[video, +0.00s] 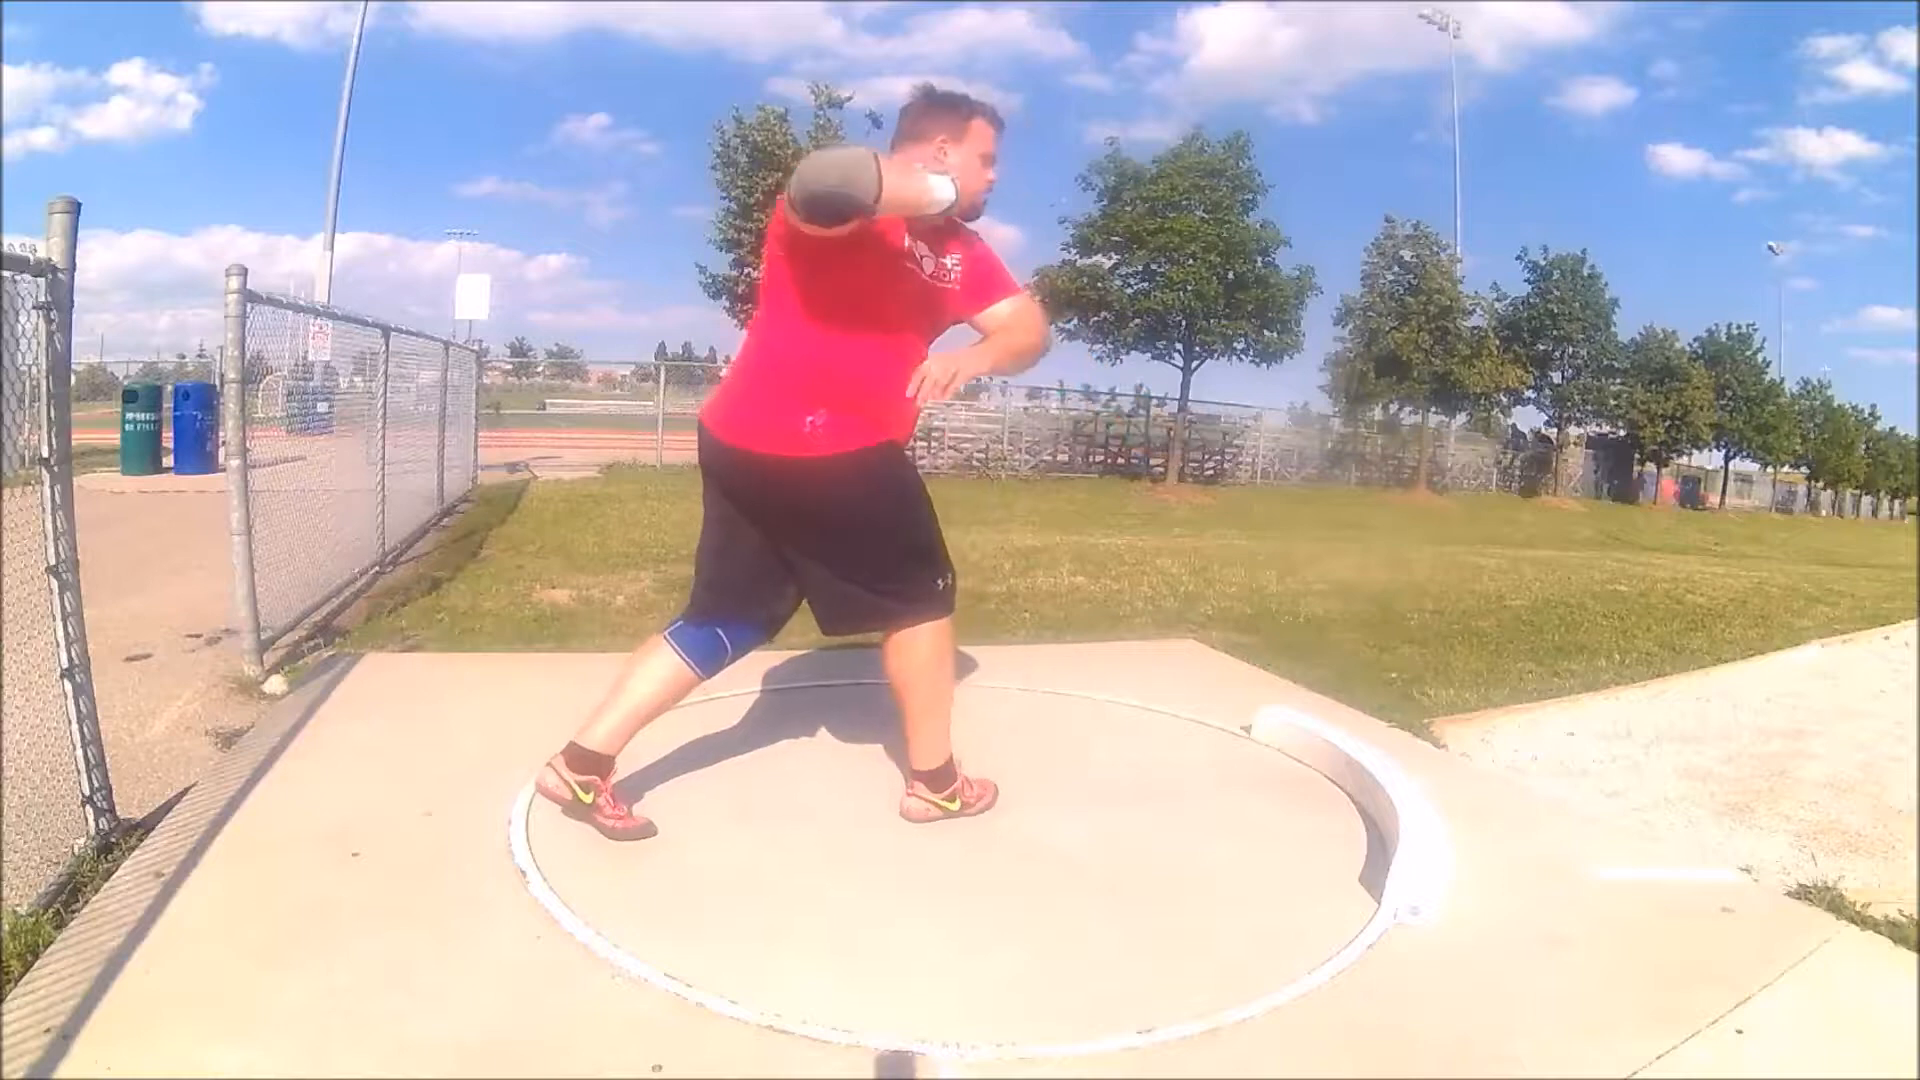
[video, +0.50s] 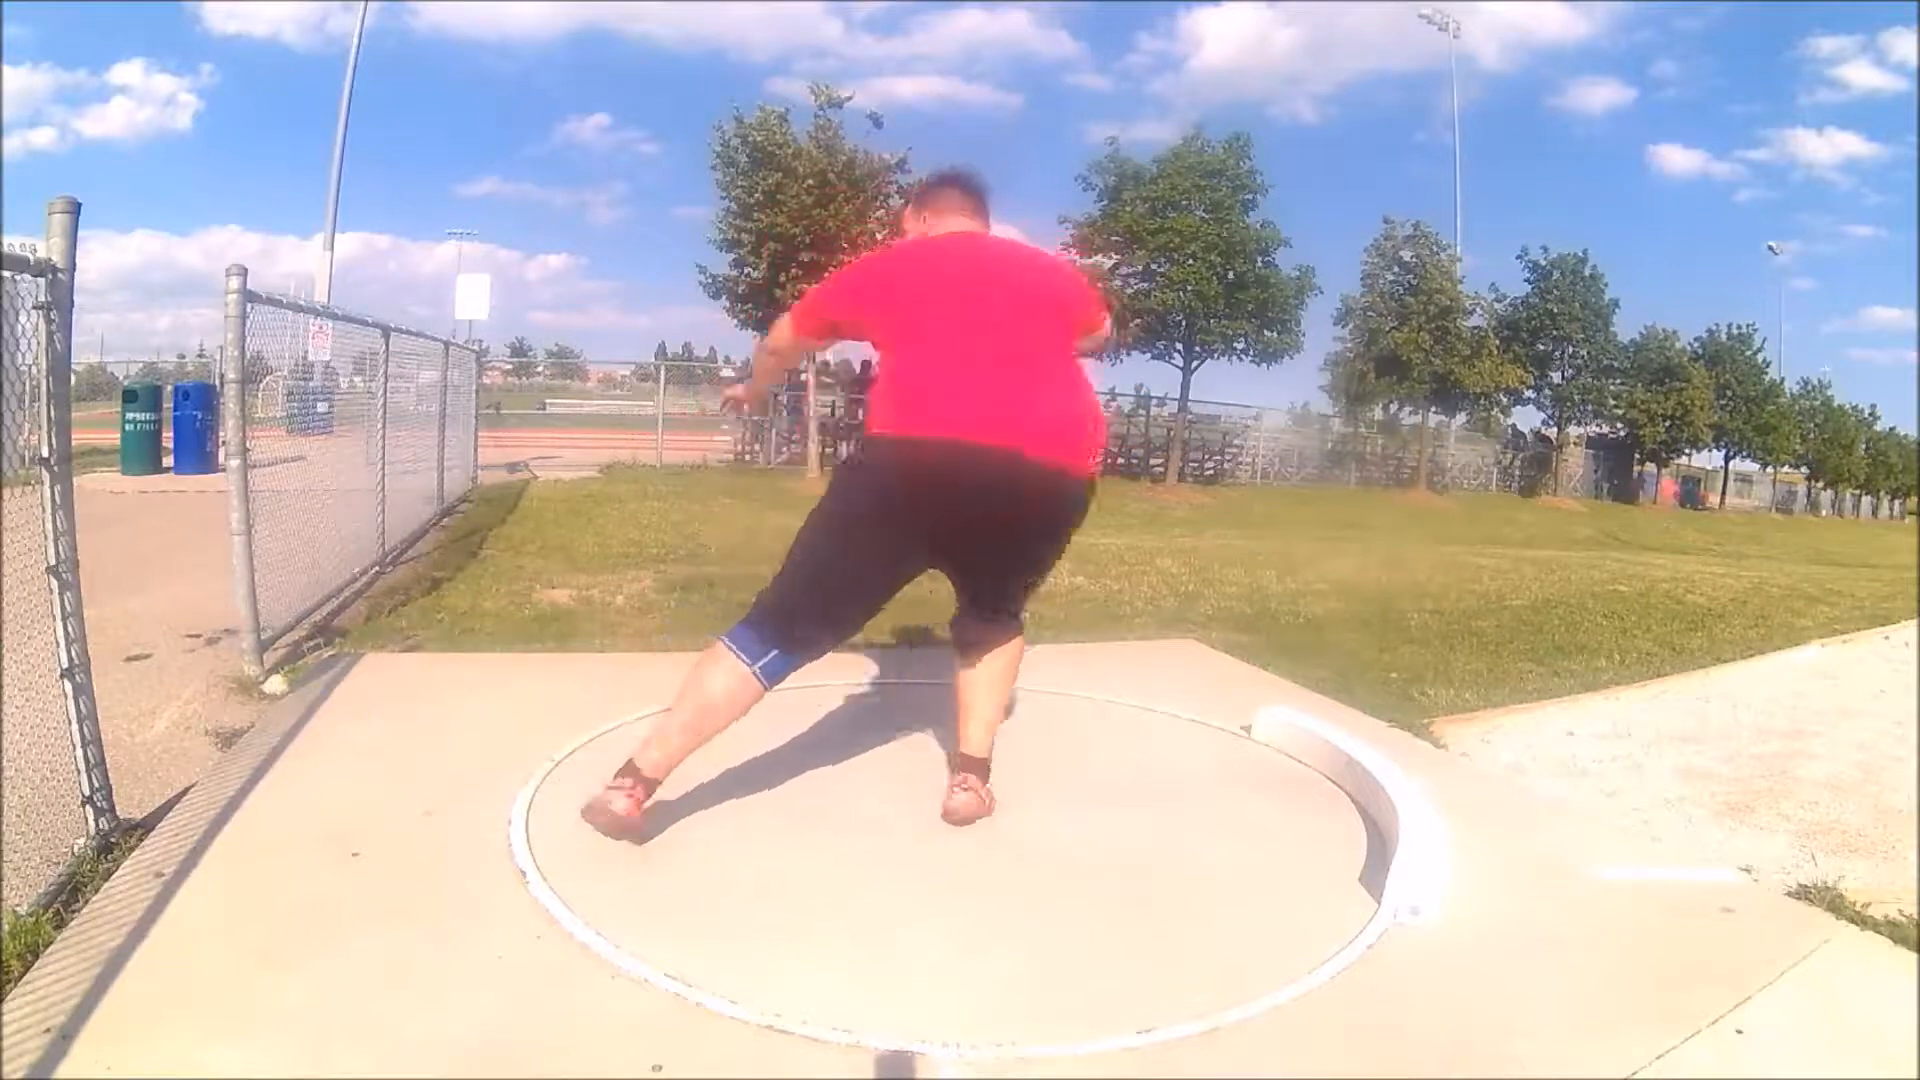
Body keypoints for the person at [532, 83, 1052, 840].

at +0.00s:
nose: (993, 179)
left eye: (994, 164)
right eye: (985, 161)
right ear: (935, 154)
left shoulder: (961, 253)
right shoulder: (826, 202)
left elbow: (1028, 330)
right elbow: (831, 182)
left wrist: (971, 359)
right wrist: (942, 190)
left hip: (739, 437)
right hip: (842, 451)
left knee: (727, 616)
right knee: (921, 598)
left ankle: (582, 761)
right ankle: (933, 776)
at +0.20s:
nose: (993, 213)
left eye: (993, 200)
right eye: (994, 196)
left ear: (926, 164)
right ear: (973, 181)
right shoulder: (911, 215)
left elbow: (1002, 364)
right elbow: (990, 231)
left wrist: (1086, 421)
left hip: (727, 446)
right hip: (840, 464)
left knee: (720, 625)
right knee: (937, 600)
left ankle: (588, 773)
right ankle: (930, 779)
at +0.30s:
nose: (996, 216)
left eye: (989, 207)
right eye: (997, 207)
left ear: (929, 186)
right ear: (993, 202)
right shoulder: (978, 234)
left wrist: (1034, 426)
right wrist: (1058, 266)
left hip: (742, 443)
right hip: (865, 471)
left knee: (715, 629)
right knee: (956, 596)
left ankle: (599, 783)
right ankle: (933, 777)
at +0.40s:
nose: (933, 212)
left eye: (926, 202)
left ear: (921, 207)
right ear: (992, 215)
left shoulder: (869, 255)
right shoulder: (1027, 261)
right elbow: (1130, 304)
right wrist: (1093, 274)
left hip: (809, 461)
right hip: (939, 485)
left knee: (722, 637)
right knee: (978, 617)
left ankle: (613, 791)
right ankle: (940, 777)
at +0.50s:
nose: (905, 237)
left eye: (907, 227)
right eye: (909, 229)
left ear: (919, 221)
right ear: (986, 223)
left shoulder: (888, 263)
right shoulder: (1051, 269)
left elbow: (785, 339)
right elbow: (1100, 332)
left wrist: (757, 390)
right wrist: (1034, 334)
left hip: (910, 463)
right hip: (1049, 475)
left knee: (776, 628)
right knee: (993, 611)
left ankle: (638, 779)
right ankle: (972, 774)